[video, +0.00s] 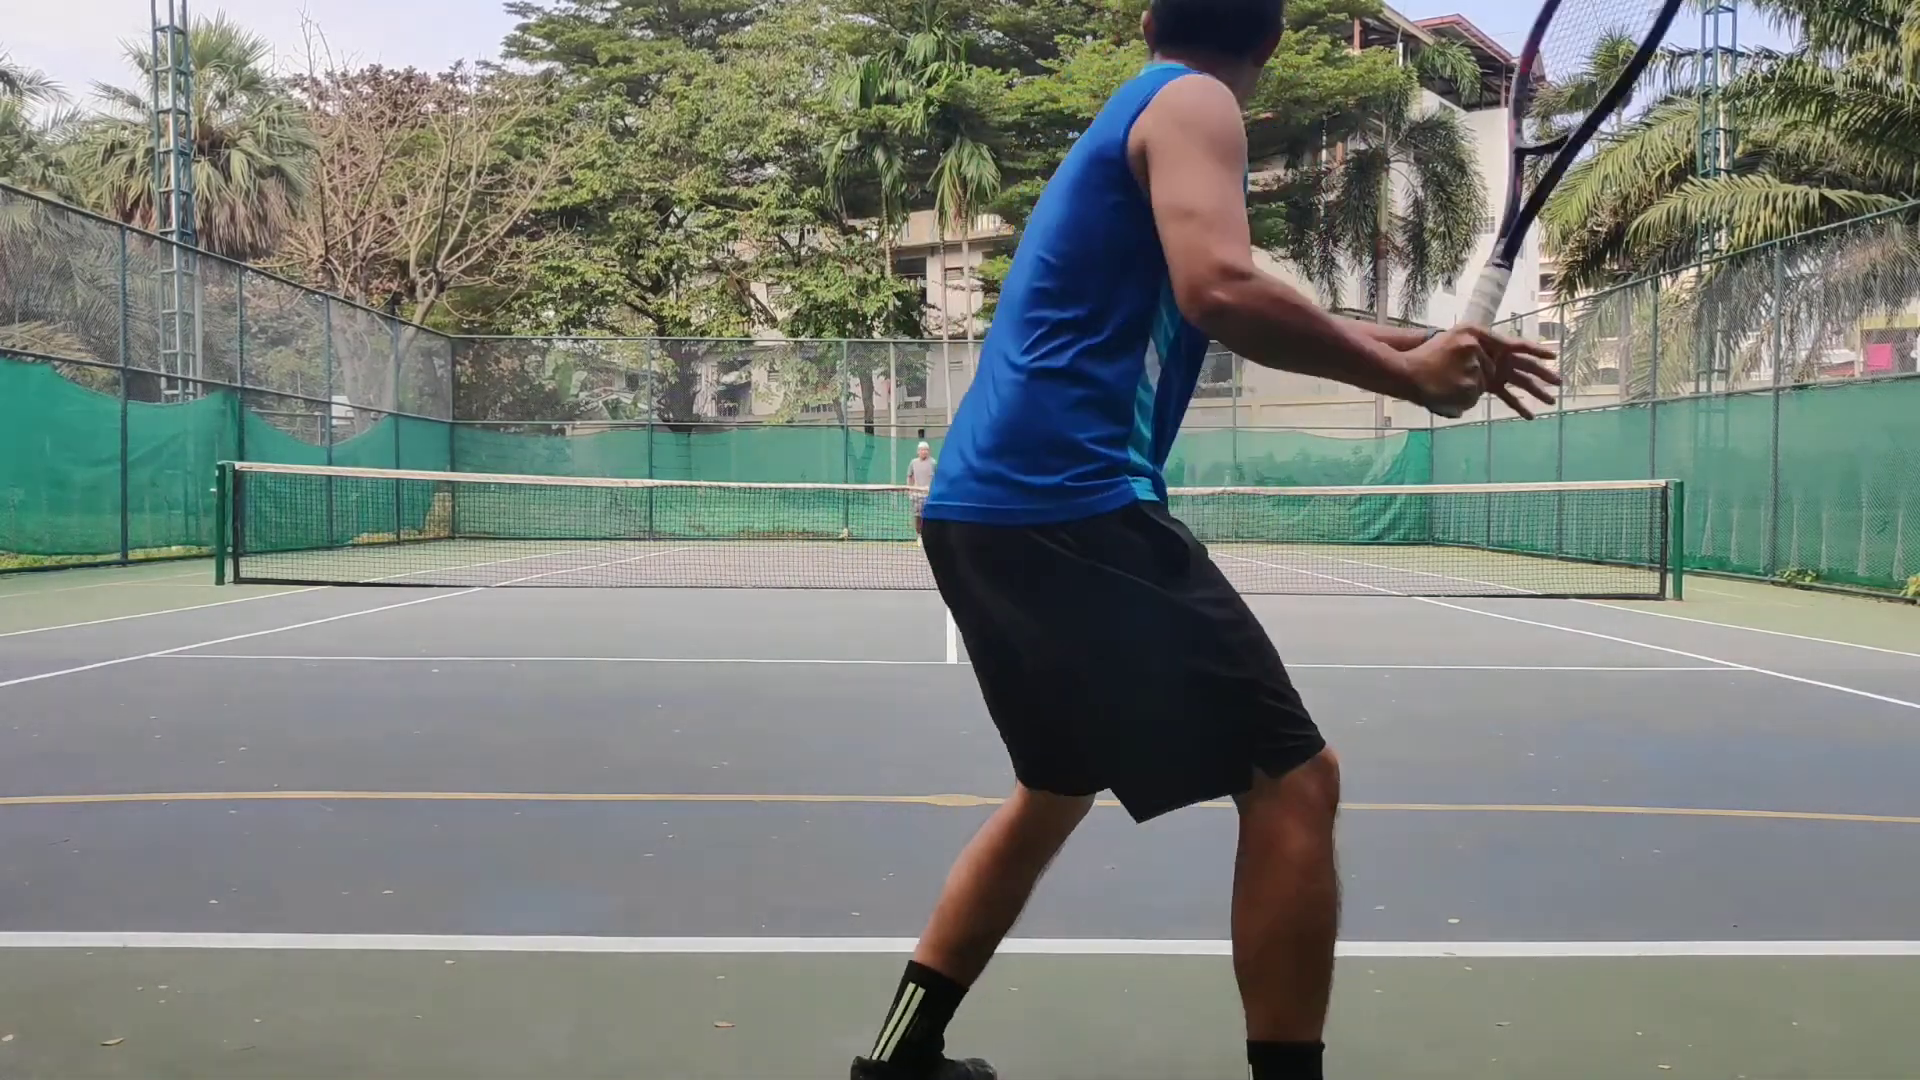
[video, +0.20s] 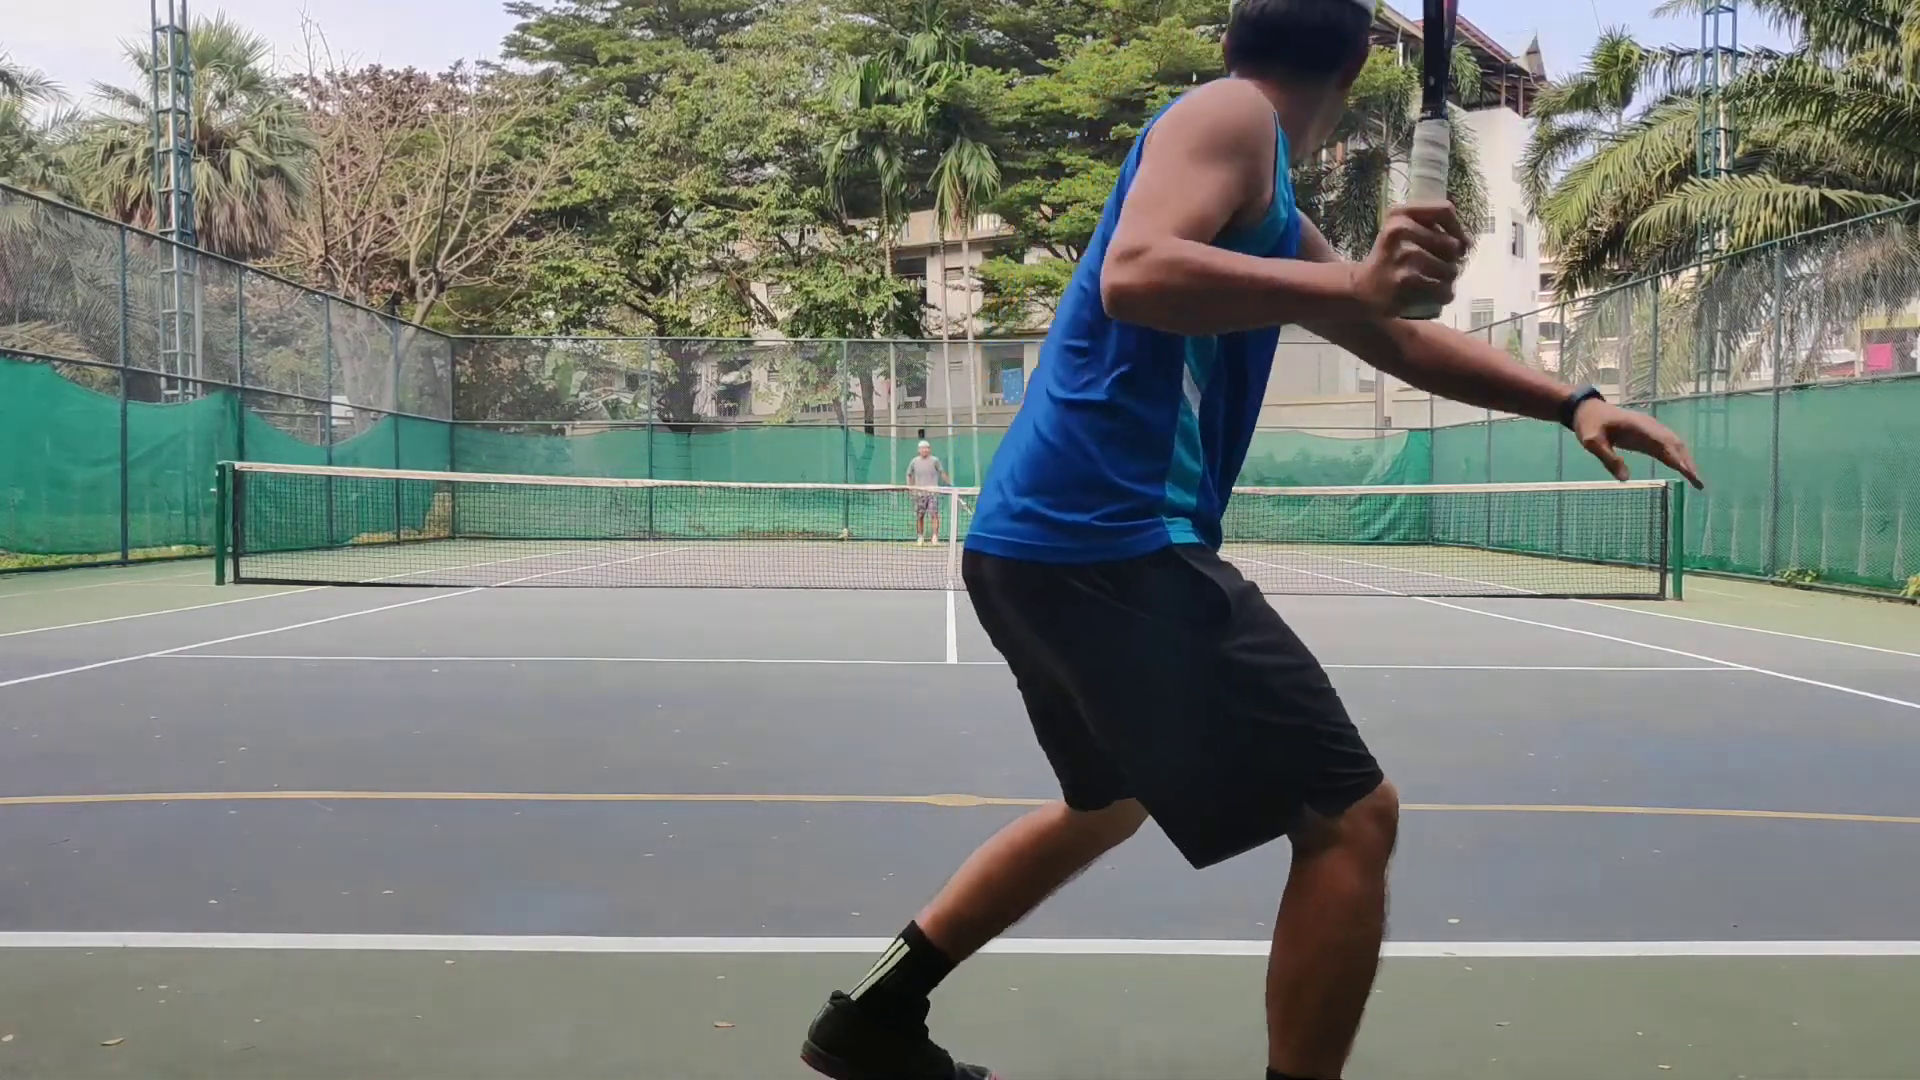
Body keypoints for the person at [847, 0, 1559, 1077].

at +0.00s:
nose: (1278, 51)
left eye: (1273, 39)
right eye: (1278, 35)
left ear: (1159, 26)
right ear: (1266, 35)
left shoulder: (1132, 117)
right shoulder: (1192, 102)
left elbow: (1239, 318)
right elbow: (1219, 287)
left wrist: (1408, 345)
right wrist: (1409, 371)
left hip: (981, 507)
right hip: (1076, 505)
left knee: (1057, 779)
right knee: (1294, 786)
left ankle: (903, 1047)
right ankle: (1288, 1076)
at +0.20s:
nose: (1360, 85)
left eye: (1360, 67)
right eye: (1364, 63)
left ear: (1240, 46)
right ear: (1344, 64)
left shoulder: (1258, 200)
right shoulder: (1229, 116)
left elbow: (1397, 342)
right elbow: (1138, 272)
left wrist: (1570, 403)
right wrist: (1351, 288)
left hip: (1031, 541)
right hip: (1110, 544)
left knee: (1113, 795)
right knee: (1352, 821)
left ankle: (878, 1011)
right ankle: (1302, 1072)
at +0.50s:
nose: (1436, 79)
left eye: (1439, 58)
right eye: (1444, 55)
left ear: (1321, 25)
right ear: (1432, 49)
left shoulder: (1325, 174)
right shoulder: (1286, 114)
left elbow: (1413, 328)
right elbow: (1160, 296)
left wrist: (1520, 458)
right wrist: (1305, 452)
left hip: (1078, 549)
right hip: (1153, 556)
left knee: (1117, 823)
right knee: (1392, 827)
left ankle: (880, 1024)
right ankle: (1310, 1069)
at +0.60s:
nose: (1456, 40)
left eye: (1458, 25)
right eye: (1459, 21)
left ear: (1336, 4)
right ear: (1443, 23)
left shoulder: (1297, 96)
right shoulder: (1319, 97)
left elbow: (1339, 260)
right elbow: (1250, 307)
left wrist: (1411, 376)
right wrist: (1411, 498)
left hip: (1073, 521)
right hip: (1179, 537)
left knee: (1075, 807)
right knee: (1402, 826)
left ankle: (877, 1031)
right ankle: (1313, 1077)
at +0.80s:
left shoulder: (1126, 8)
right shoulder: (1420, 23)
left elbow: (993, 30)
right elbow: (1436, 258)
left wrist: (1129, 85)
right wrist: (1446, 290)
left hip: (1069, 454)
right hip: (1261, 484)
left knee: (1021, 726)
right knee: (1310, 817)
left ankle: (958, 1003)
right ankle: (1296, 1072)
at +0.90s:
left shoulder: (1127, 10)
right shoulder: (1378, 21)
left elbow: (910, 5)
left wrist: (1049, 37)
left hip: (1081, 442)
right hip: (1276, 463)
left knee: (1019, 730)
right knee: (1291, 819)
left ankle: (958, 1022)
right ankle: (1296, 1076)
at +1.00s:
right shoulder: (1328, 12)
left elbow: (893, 25)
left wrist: (1038, 11)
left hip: (1090, 444)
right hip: (1273, 457)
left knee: (1003, 745)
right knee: (1281, 820)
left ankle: (948, 1051)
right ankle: (1295, 1077)